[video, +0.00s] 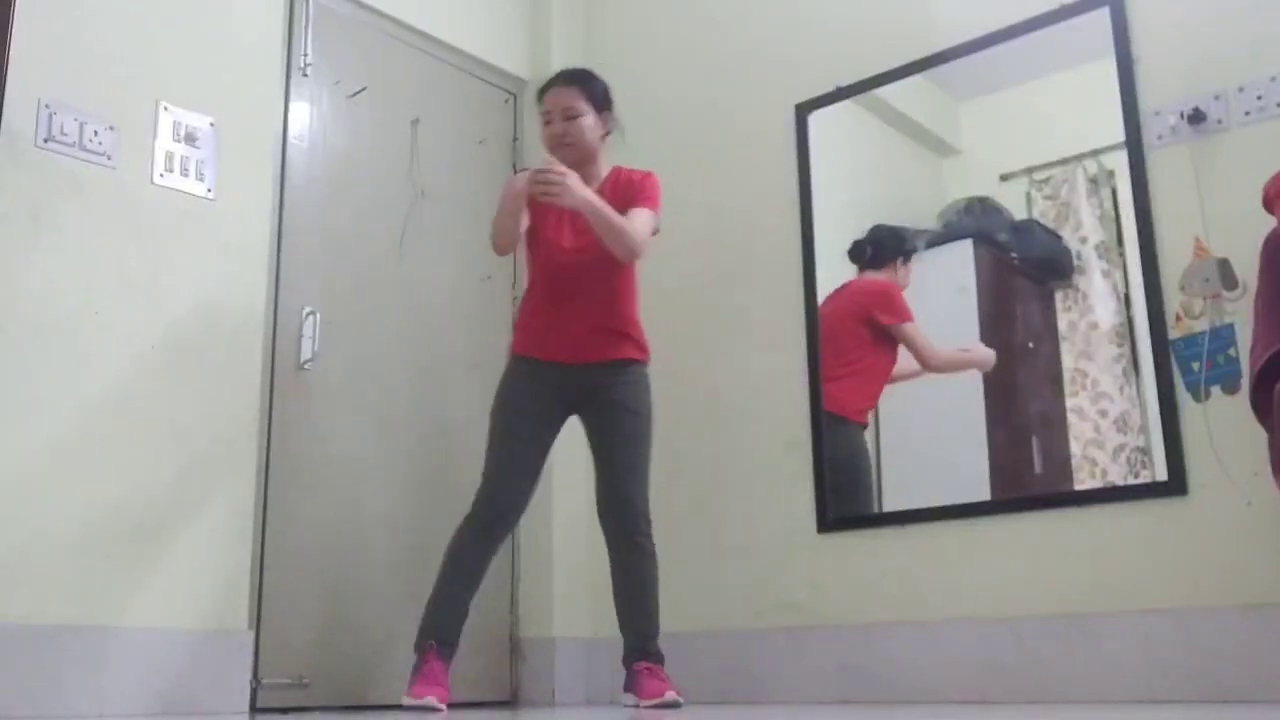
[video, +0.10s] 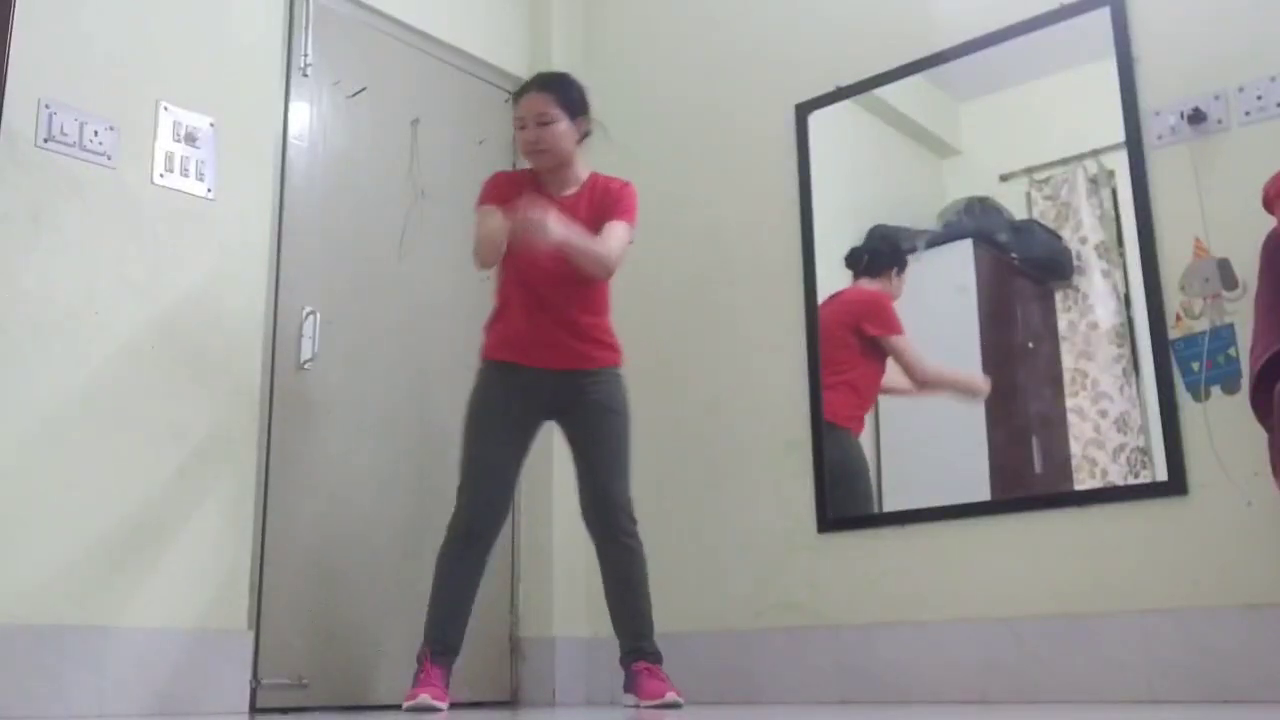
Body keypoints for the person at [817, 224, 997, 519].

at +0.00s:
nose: (910, 276)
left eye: (911, 266)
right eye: (910, 266)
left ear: (867, 260)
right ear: (898, 264)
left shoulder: (843, 295)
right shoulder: (880, 291)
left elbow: (880, 373)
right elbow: (932, 359)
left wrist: (954, 356)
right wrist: (980, 358)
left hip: (825, 421)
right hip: (838, 424)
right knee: (857, 525)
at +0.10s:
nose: (903, 285)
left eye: (905, 276)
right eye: (904, 276)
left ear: (860, 271)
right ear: (893, 274)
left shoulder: (835, 304)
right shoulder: (872, 302)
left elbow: (876, 380)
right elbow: (921, 374)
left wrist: (945, 387)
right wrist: (974, 382)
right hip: (832, 431)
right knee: (858, 525)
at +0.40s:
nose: (892, 313)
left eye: (895, 304)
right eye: (895, 304)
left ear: (853, 292)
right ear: (888, 298)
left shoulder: (831, 320)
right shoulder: (856, 322)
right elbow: (839, 393)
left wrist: (831, 459)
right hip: (821, 453)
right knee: (868, 524)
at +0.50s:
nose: (892, 319)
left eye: (897, 310)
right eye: (896, 309)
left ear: (857, 293)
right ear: (889, 301)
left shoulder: (831, 319)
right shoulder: (859, 320)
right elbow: (815, 374)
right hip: (823, 449)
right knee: (852, 529)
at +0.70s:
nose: (891, 323)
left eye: (896, 314)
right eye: (896, 313)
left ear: (858, 296)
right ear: (888, 304)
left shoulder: (829, 322)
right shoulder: (859, 323)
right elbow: (815, 373)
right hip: (819, 453)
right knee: (846, 532)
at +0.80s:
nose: (888, 327)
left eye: (893, 318)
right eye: (892, 317)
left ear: (859, 298)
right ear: (885, 306)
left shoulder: (829, 322)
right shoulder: (849, 323)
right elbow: (823, 386)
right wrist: (821, 448)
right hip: (822, 459)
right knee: (865, 525)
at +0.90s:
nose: (885, 327)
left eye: (890, 318)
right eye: (889, 317)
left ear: (857, 298)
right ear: (882, 307)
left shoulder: (829, 323)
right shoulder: (845, 321)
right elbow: (830, 394)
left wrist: (868, 466)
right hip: (822, 456)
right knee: (875, 522)